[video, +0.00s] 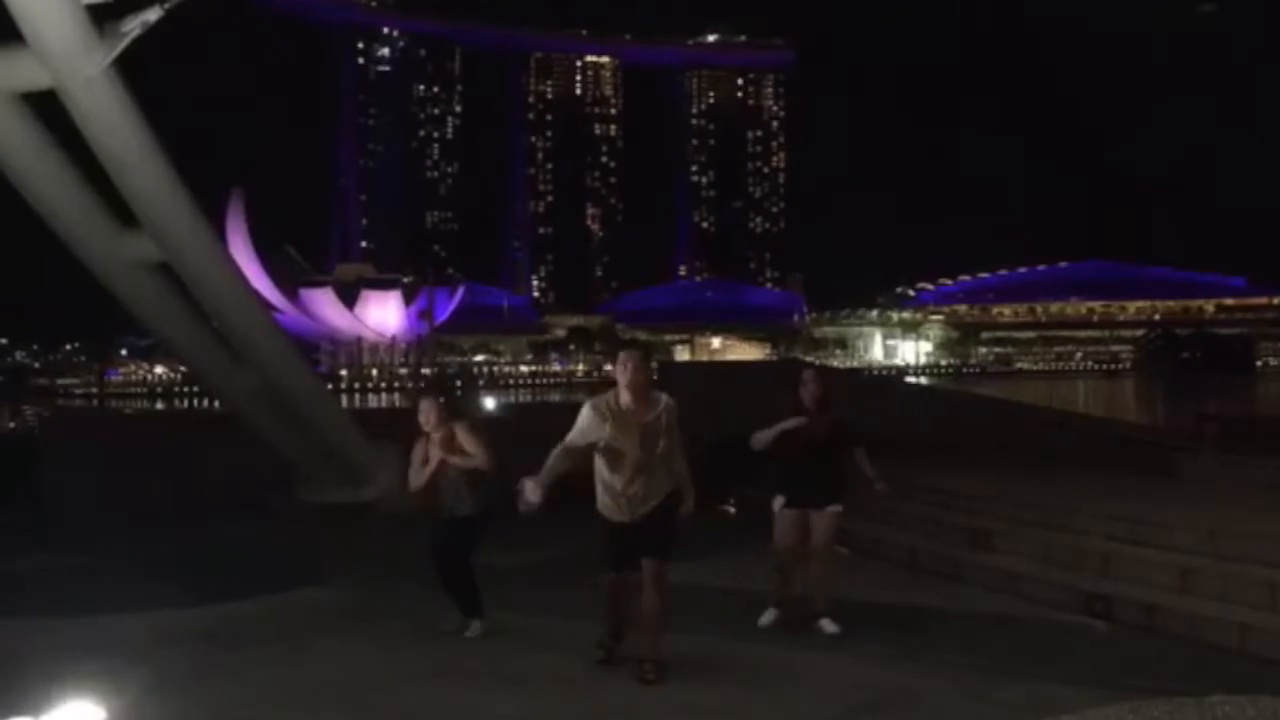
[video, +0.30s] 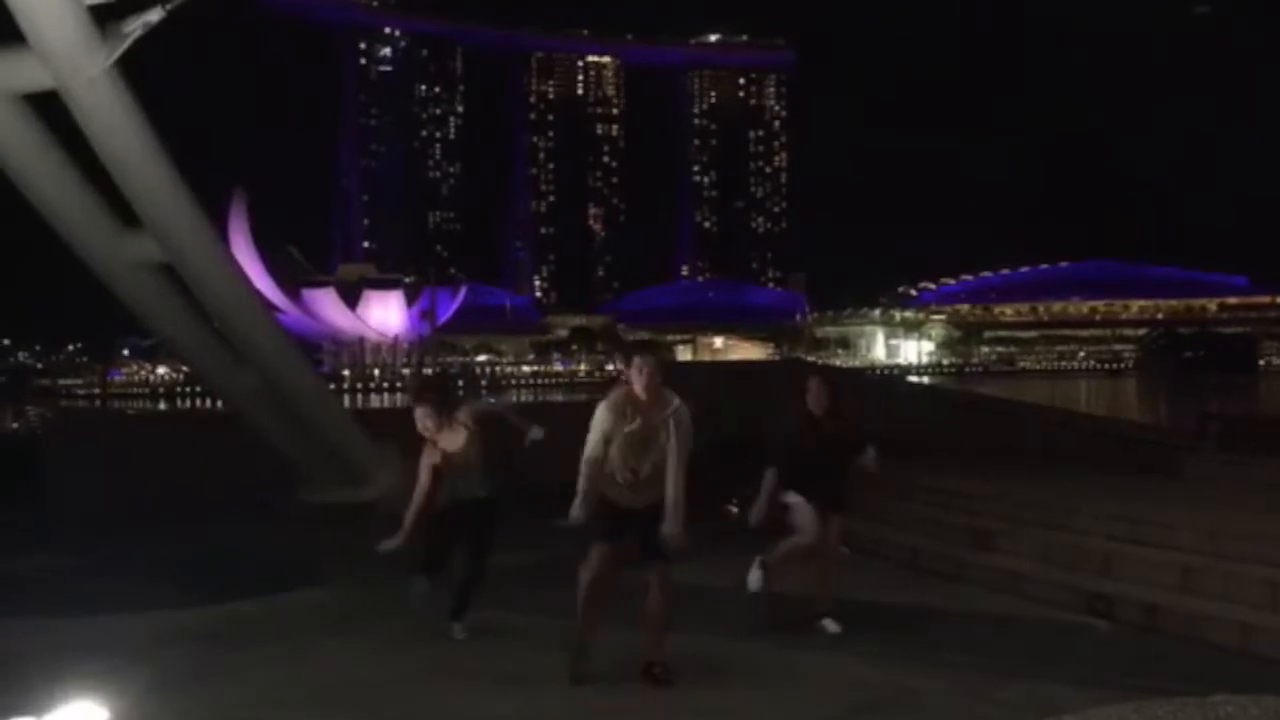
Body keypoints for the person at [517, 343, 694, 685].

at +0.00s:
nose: (629, 371)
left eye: (636, 365)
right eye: (623, 365)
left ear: (648, 372)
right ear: (614, 371)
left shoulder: (664, 407)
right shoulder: (598, 411)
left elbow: (676, 454)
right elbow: (568, 449)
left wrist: (686, 492)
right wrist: (541, 482)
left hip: (657, 504)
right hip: (615, 508)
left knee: (654, 575)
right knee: (614, 578)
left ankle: (651, 654)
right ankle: (611, 640)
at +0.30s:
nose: (646, 378)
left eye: (652, 371)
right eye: (640, 371)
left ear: (661, 375)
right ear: (627, 374)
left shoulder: (673, 410)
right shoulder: (612, 407)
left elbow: (676, 467)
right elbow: (592, 455)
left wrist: (673, 518)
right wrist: (581, 501)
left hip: (654, 504)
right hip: (611, 503)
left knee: (660, 579)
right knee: (597, 567)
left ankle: (655, 658)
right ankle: (581, 648)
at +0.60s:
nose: (628, 391)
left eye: (635, 383)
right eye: (621, 384)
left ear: (648, 386)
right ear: (611, 389)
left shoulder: (666, 406)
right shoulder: (608, 429)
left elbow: (674, 453)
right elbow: (593, 479)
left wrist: (639, 481)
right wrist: (566, 527)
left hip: (669, 513)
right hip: (624, 514)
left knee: (678, 587)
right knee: (599, 583)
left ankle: (654, 662)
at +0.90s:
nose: (603, 401)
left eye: (609, 394)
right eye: (596, 395)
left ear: (622, 394)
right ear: (588, 400)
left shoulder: (638, 413)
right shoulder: (594, 444)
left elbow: (621, 469)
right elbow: (584, 496)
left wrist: (578, 505)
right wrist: (553, 538)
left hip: (671, 512)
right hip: (632, 511)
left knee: (675, 593)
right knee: (587, 521)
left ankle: (654, 658)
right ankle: (595, 601)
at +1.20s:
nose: (570, 403)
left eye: (577, 396)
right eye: (565, 397)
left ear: (592, 394)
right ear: (559, 398)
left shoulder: (607, 419)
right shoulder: (564, 430)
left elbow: (621, 479)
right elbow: (562, 482)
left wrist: (628, 538)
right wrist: (545, 528)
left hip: (646, 498)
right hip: (605, 503)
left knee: (641, 576)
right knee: (589, 576)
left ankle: (675, 652)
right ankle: (591, 662)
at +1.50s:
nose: (585, 400)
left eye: (590, 392)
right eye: (579, 392)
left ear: (599, 393)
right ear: (564, 390)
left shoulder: (605, 418)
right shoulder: (547, 413)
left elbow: (625, 465)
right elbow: (532, 466)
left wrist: (593, 419)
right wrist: (561, 495)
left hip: (614, 504)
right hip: (571, 511)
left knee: (620, 582)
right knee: (560, 586)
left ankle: (646, 669)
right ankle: (584, 664)